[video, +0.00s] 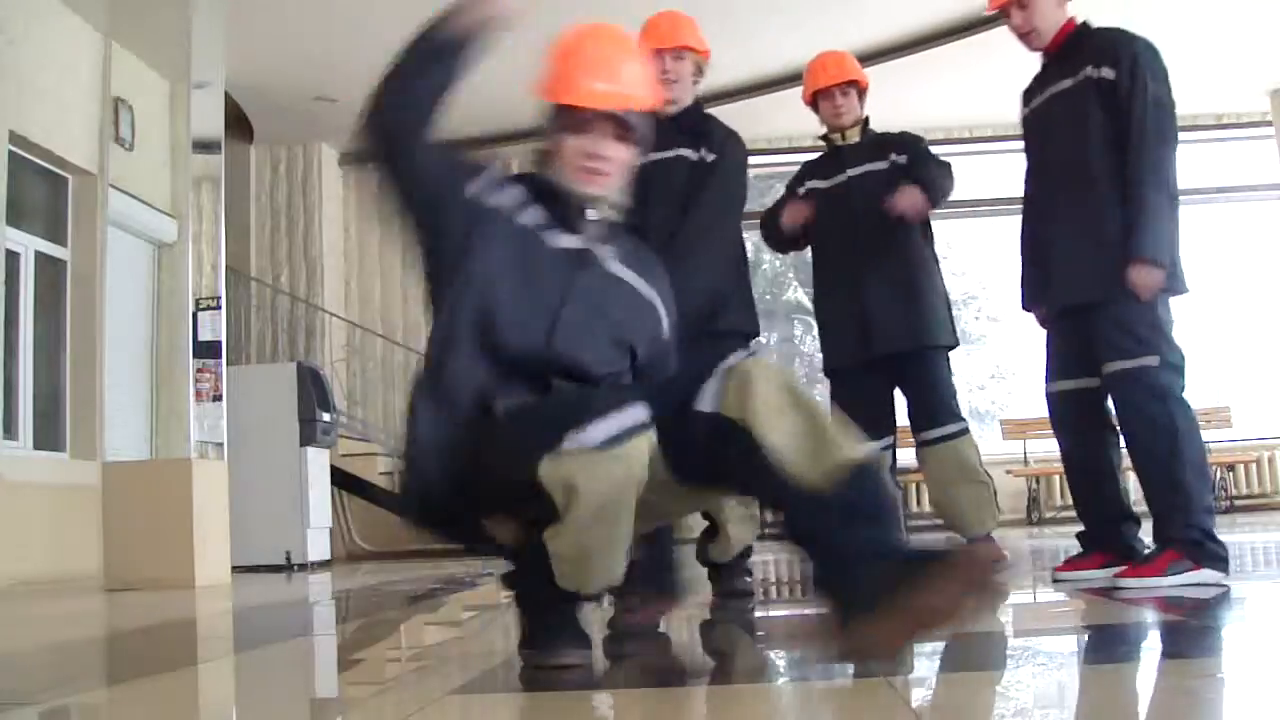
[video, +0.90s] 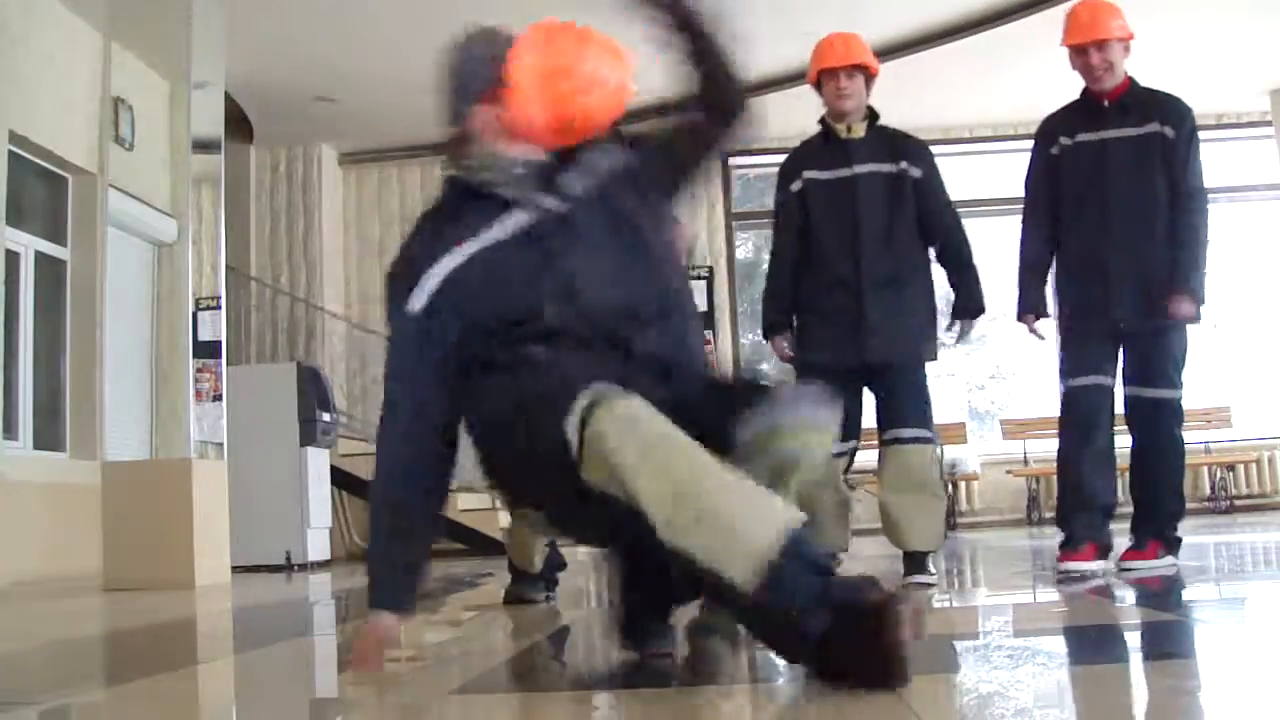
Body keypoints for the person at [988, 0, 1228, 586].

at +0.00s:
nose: (1014, 22)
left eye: (1019, 7)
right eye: (1005, 15)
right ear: (1008, 19)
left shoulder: (1123, 53)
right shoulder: (1035, 93)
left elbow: (1154, 158)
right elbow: (1039, 195)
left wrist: (1151, 253)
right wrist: (1037, 286)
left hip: (1121, 273)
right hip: (1063, 284)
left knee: (1151, 405)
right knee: (1075, 412)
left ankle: (1194, 548)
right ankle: (1111, 542)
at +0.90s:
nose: (1093, 59)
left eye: (1102, 47)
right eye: (1081, 50)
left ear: (1125, 46)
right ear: (1069, 56)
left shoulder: (1168, 115)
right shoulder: (1055, 130)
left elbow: (1191, 203)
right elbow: (1038, 217)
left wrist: (1188, 282)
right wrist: (1032, 290)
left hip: (1156, 299)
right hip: (1084, 302)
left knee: (1156, 422)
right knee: (1083, 422)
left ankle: (1156, 538)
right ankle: (1084, 538)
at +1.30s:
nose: (1109, 69)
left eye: (1119, 57)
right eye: (1099, 60)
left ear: (1145, 56)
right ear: (1091, 66)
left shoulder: (1190, 121)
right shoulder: (1083, 140)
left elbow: (1226, 207)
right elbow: (1070, 224)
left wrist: (1246, 283)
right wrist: (1073, 290)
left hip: (1171, 296)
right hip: (1106, 301)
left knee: (1159, 409)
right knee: (1106, 406)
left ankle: (1161, 540)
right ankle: (1155, 519)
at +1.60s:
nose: (1127, 93)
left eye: (1135, 81)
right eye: (1117, 85)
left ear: (1161, 77)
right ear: (1109, 89)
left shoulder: (1203, 133)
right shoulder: (1113, 160)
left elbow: (1243, 191)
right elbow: (1098, 238)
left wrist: (1200, 216)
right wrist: (1087, 305)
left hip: (1197, 301)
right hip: (1143, 306)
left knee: (1175, 411)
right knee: (1177, 416)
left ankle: (1159, 535)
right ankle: (1231, 526)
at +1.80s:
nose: (1137, 96)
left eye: (1144, 83)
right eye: (1128, 89)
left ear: (1171, 78)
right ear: (1123, 95)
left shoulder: (1216, 126)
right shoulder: (1132, 163)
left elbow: (1257, 160)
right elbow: (1119, 242)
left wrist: (1188, 124)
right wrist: (1092, 301)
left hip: (1218, 294)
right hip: (1166, 303)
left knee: (1197, 406)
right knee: (1190, 413)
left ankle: (1176, 526)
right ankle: (1233, 526)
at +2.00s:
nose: (1148, 92)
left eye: (1156, 80)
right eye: (1141, 84)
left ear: (1181, 79)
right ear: (1136, 91)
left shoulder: (1221, 129)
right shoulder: (1148, 160)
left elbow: (1263, 116)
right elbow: (1113, 222)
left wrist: (1196, 75)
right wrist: (1068, 211)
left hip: (1228, 287)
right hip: (1180, 299)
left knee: (1220, 400)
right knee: (1190, 409)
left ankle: (1254, 524)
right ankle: (1228, 526)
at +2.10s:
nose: (1158, 88)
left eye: (1167, 76)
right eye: (1150, 80)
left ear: (1192, 78)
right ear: (1144, 89)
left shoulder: (1229, 128)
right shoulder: (1149, 159)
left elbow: (1264, 109)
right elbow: (1102, 203)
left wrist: (1197, 69)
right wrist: (1080, 159)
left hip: (1237, 288)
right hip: (1182, 304)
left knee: (1239, 397)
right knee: (1195, 413)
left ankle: (1279, 520)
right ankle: (1232, 528)